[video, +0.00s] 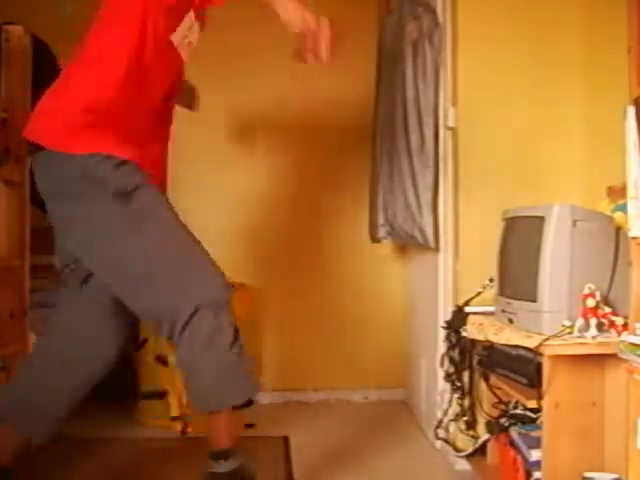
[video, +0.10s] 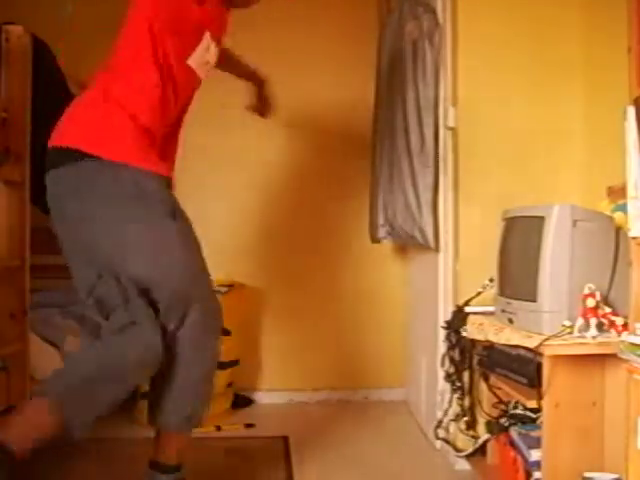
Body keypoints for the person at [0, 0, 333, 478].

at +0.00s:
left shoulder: (183, 16)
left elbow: (139, 58)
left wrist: (179, 88)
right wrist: (288, 7)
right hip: (85, 149)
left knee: (89, 333)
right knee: (198, 295)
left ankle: (5, 446)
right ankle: (225, 456)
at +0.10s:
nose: (252, 7)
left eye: (254, 4)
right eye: (252, 1)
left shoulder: (204, 21)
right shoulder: (185, 4)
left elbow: (214, 53)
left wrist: (256, 80)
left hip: (77, 165)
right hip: (118, 164)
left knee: (138, 336)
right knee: (196, 314)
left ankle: (12, 438)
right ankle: (167, 467)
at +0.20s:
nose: (285, 9)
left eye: (295, 5)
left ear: (292, 10)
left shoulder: (236, 46)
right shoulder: (205, 7)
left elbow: (265, 70)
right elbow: (181, 5)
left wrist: (327, 86)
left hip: (74, 164)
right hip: (118, 164)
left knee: (115, 338)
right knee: (193, 326)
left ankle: (70, 473)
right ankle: (166, 472)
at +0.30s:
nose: (296, 17)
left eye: (304, 13)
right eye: (299, 6)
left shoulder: (240, 49)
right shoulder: (220, 6)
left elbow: (288, 90)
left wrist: (364, 113)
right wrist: (70, 15)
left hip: (77, 150)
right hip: (131, 154)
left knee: (126, 321)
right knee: (187, 325)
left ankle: (47, 442)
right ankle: (171, 467)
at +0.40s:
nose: (302, 16)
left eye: (309, 13)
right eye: (303, 4)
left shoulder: (237, 55)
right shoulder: (234, 5)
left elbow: (285, 105)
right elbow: (139, 7)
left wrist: (359, 128)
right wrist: (55, 78)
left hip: (81, 140)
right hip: (147, 151)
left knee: (116, 314)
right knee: (175, 318)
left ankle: (42, 426)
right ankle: (171, 466)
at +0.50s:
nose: (305, 23)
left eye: (312, 19)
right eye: (308, 11)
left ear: (293, 13)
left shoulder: (243, 54)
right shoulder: (237, 8)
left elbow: (283, 113)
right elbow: (136, 14)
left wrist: (344, 150)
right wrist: (50, 114)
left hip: (87, 148)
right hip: (143, 152)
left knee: (129, 308)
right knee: (181, 320)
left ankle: (72, 432)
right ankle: (170, 470)